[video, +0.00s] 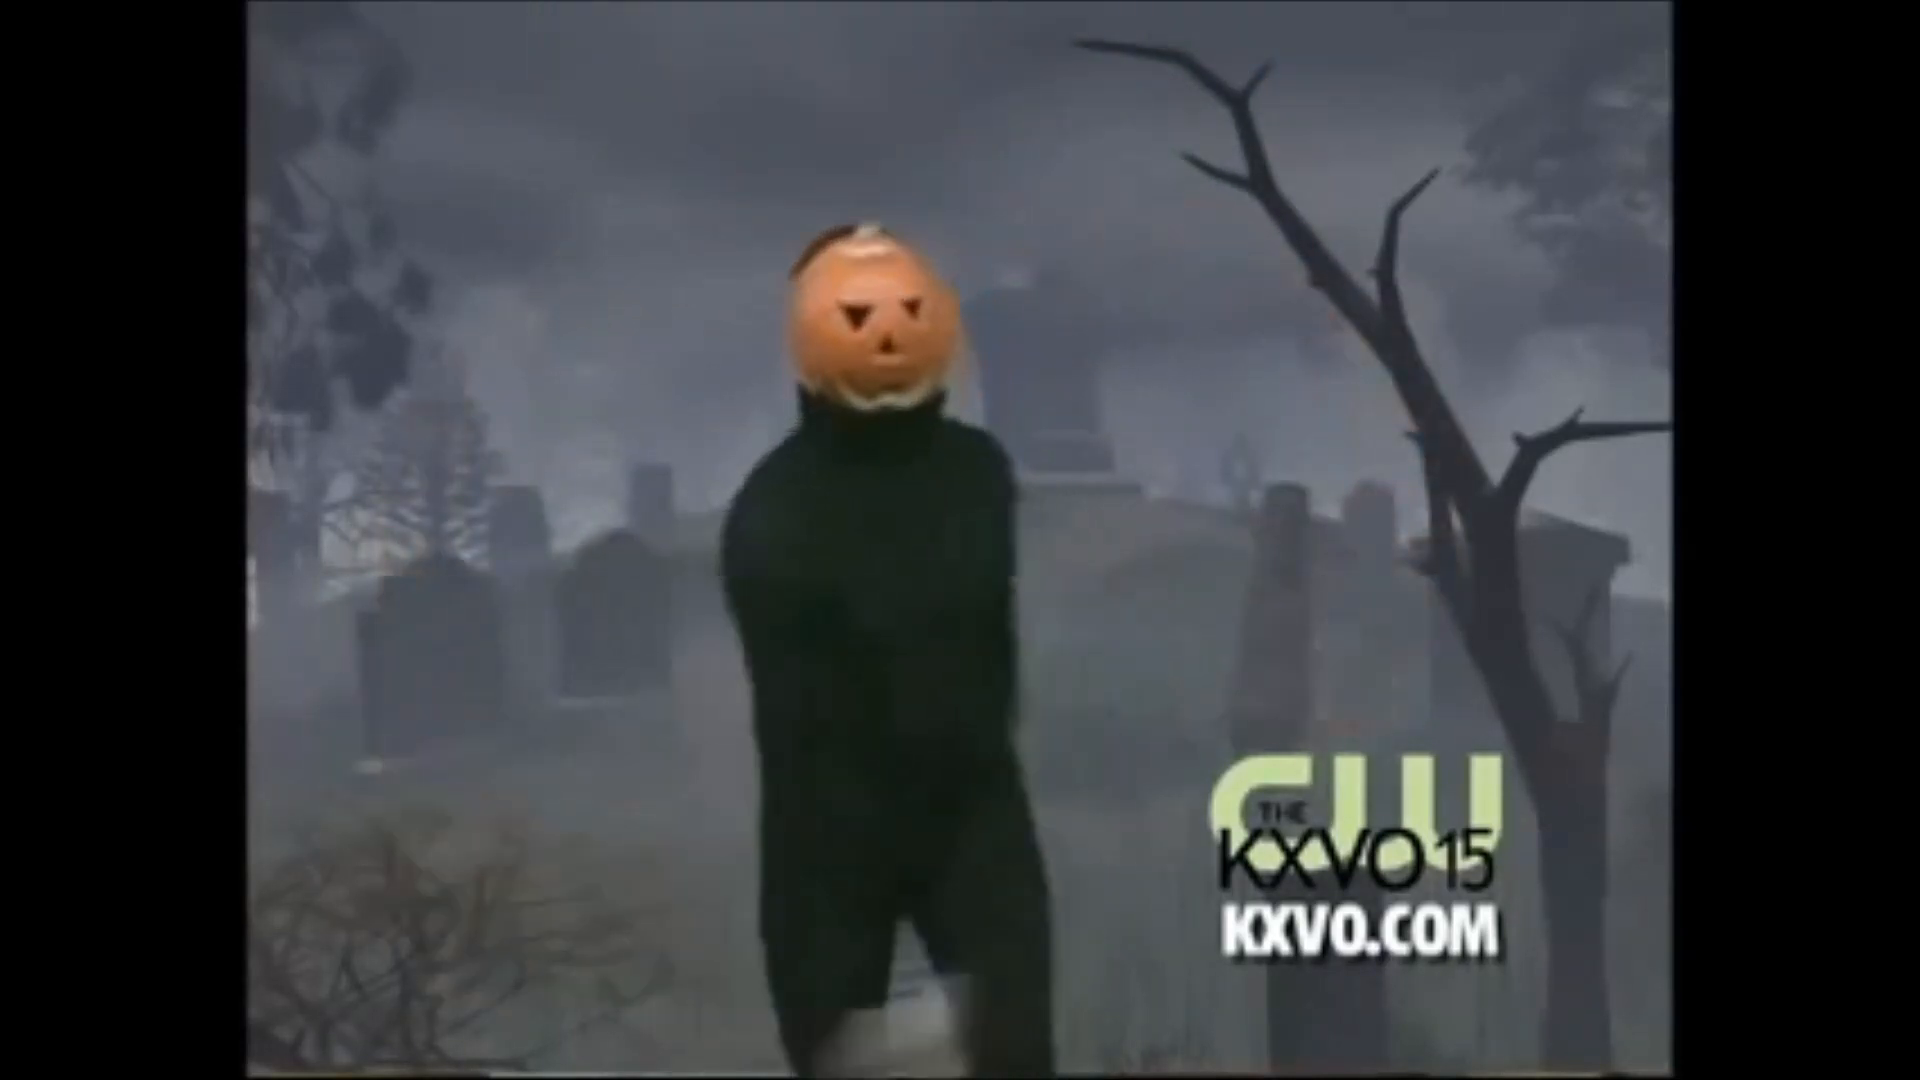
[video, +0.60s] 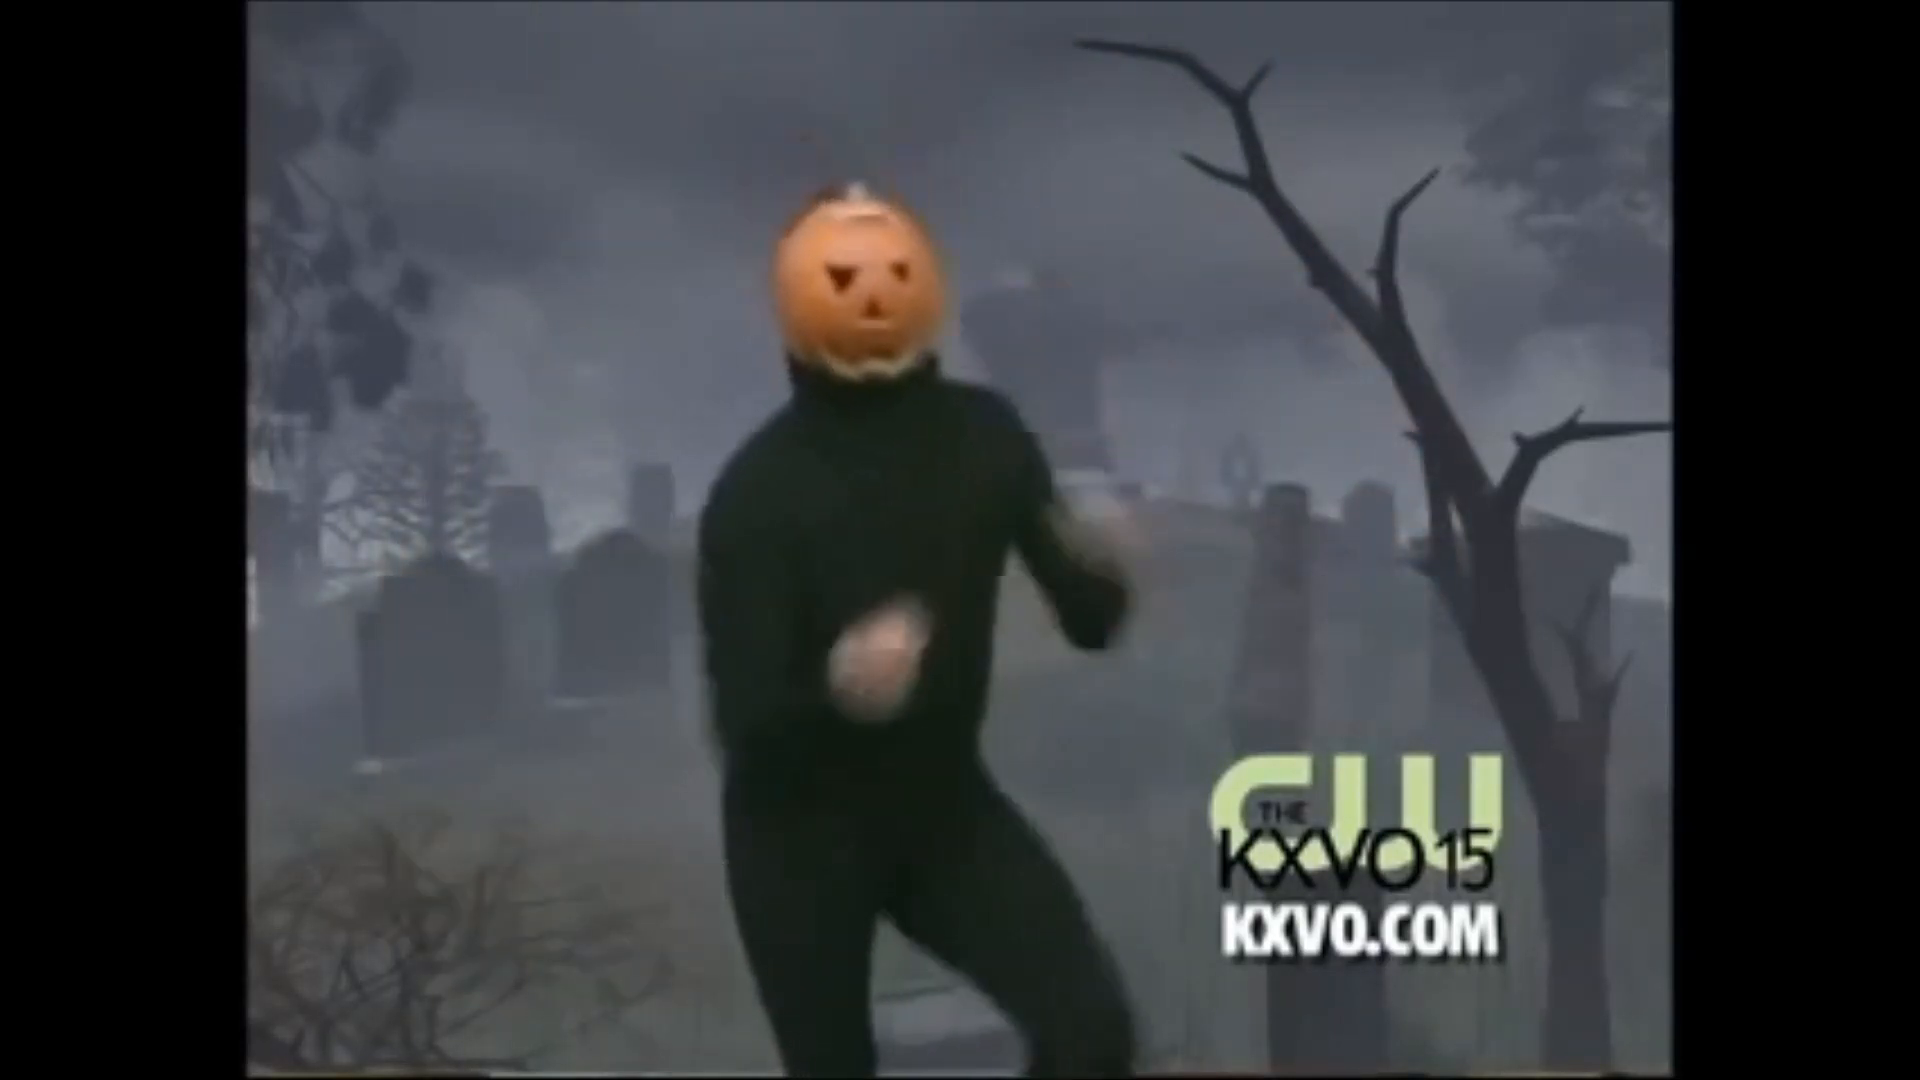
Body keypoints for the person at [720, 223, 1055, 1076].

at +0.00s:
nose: (889, 333)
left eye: (913, 309)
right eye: (854, 314)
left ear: (946, 328)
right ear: (801, 339)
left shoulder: (978, 474)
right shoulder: (773, 507)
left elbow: (989, 663)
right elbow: (797, 717)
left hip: (975, 827)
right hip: (826, 838)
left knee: (1013, 1050)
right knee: (831, 1050)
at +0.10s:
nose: (893, 304)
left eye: (915, 282)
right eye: (856, 290)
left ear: (948, 310)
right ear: (803, 331)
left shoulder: (972, 451)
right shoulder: (778, 492)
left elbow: (955, 611)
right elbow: (799, 690)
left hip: (962, 777)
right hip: (822, 802)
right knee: (846, 1049)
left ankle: (1028, 1064)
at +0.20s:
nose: (897, 273)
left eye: (917, 250)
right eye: (860, 255)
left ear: (953, 278)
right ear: (805, 296)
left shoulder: (973, 407)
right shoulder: (790, 462)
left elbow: (977, 610)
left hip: (950, 734)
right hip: (827, 770)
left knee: (1045, 788)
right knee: (851, 1058)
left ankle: (995, 1060)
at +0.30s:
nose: (889, 213)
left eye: (913, 191)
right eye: (853, 196)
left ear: (946, 220)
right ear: (799, 241)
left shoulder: (975, 362)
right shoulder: (777, 404)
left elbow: (967, 564)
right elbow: (938, 581)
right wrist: (1009, 396)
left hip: (963, 723)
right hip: (823, 747)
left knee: (1031, 936)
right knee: (847, 1028)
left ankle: (1002, 1070)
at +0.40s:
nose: (854, 214)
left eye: (876, 192)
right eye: (820, 197)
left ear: (912, 213)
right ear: (769, 233)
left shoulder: (962, 342)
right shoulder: (756, 401)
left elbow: (970, 523)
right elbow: (859, 583)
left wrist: (1012, 442)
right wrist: (992, 472)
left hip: (959, 757)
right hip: (813, 774)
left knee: (994, 1042)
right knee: (835, 1050)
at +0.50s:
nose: (850, 255)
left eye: (876, 231)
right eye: (816, 237)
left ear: (911, 253)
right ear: (769, 274)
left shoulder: (960, 387)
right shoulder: (749, 453)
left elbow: (995, 515)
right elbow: (809, 634)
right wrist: (898, 546)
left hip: (949, 791)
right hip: (810, 810)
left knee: (1013, 1052)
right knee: (837, 1060)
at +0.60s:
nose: (874, 297)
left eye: (897, 272)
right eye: (840, 276)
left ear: (934, 292)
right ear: (791, 304)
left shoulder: (983, 433)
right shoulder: (762, 484)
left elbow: (1088, 622)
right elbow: (746, 716)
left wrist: (1098, 569)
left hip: (940, 804)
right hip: (799, 824)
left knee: (1088, 1026)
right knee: (831, 1062)